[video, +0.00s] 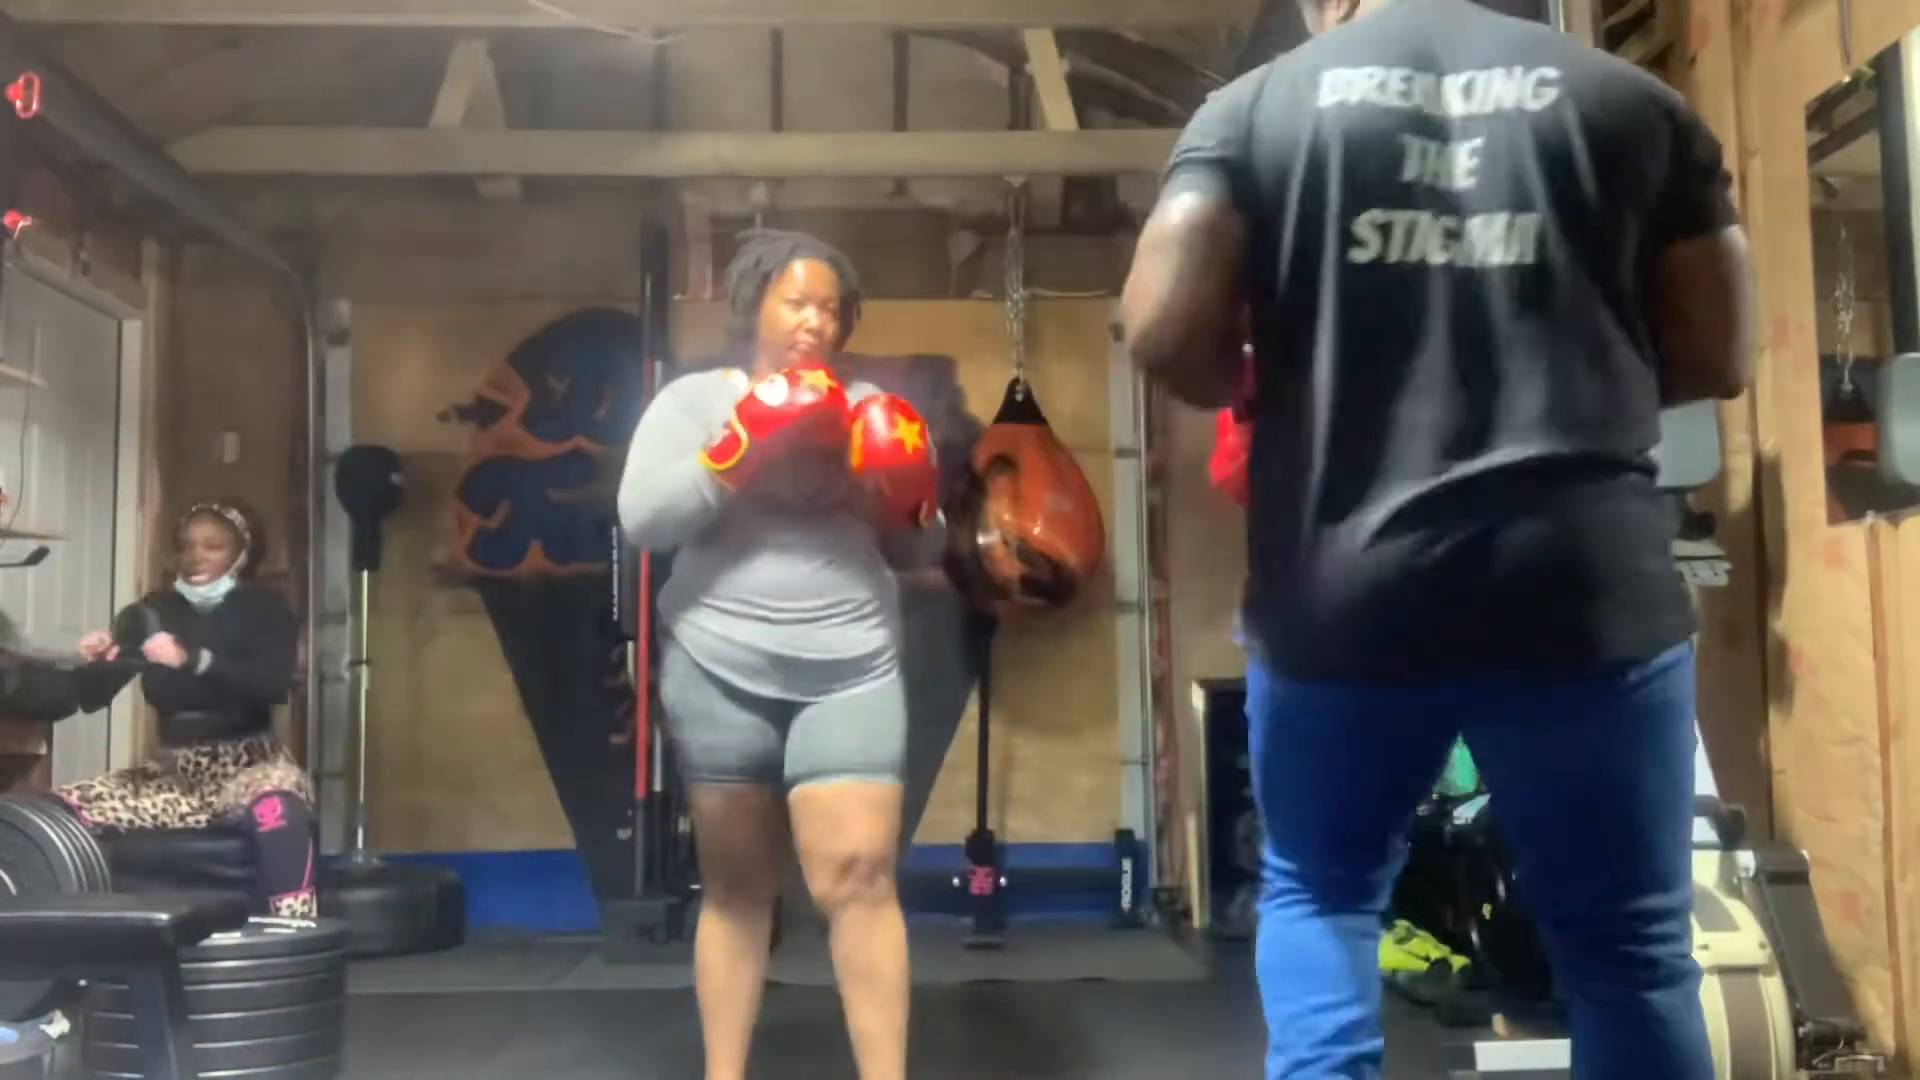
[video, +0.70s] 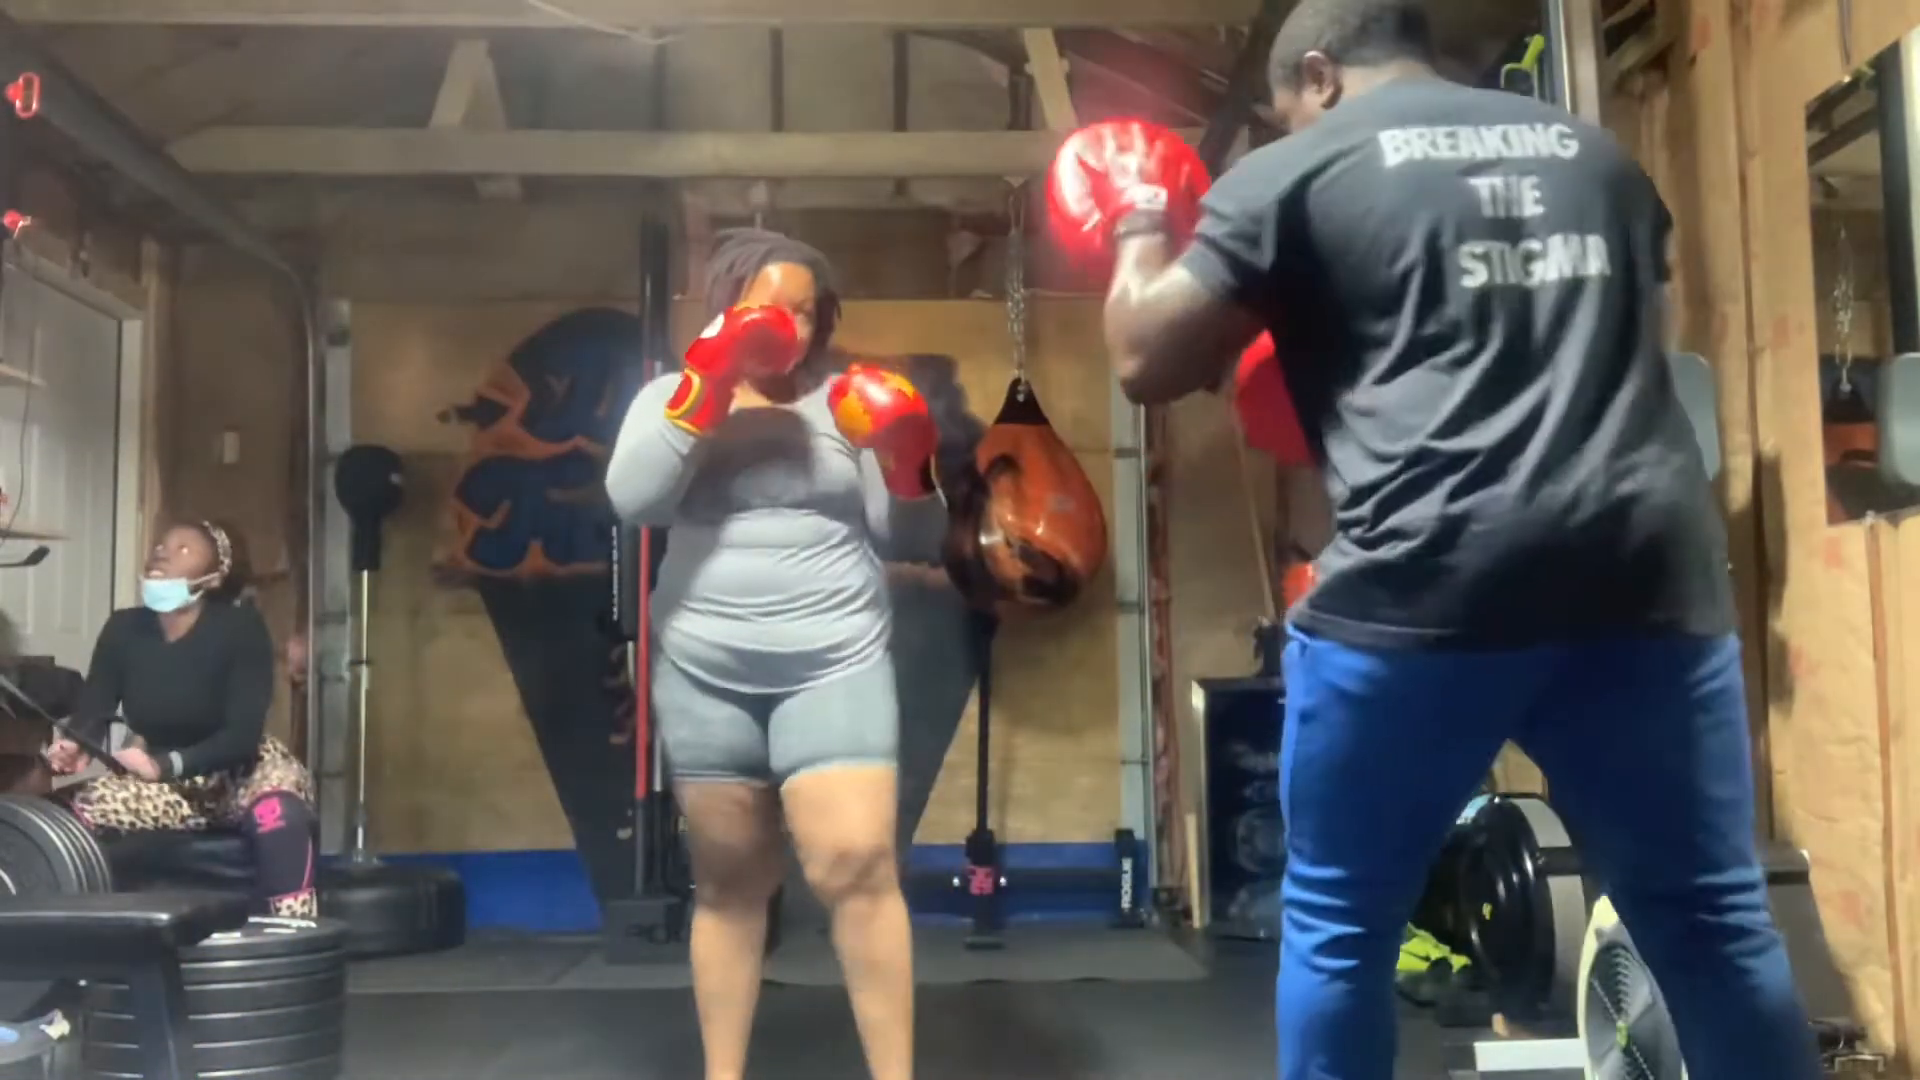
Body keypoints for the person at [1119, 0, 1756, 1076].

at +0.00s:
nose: (1301, 25)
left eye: (1303, 19)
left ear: (1335, 4)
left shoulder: (1253, 106)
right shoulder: (1634, 101)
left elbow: (1162, 330)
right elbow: (1715, 353)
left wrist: (1259, 372)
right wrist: (1554, 366)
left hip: (1346, 596)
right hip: (1589, 589)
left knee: (1320, 895)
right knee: (1632, 954)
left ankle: (1325, 1073)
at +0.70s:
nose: (1287, 125)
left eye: (1283, 111)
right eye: (1282, 112)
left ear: (1318, 81)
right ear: (1428, 55)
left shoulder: (1292, 173)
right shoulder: (1597, 151)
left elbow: (1146, 362)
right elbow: (1647, 335)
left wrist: (1138, 235)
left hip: (1423, 575)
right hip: (1652, 561)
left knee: (1337, 925)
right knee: (1715, 914)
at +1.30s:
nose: (1345, 142)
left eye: (1346, 128)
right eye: (1349, 130)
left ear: (1377, 109)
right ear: (1494, 96)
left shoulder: (1324, 193)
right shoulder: (1646, 194)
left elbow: (1137, 329)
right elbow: (1695, 399)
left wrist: (1174, 277)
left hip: (1444, 585)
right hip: (1674, 579)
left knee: (1310, 867)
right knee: (1749, 927)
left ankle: (1326, 1071)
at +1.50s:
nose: (1341, 207)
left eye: (1341, 190)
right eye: (1341, 193)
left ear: (1366, 178)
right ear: (1489, 171)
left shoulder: (1317, 267)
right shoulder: (1611, 272)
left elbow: (1178, 423)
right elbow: (1641, 399)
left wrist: (1287, 408)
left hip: (1413, 668)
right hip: (1638, 661)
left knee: (1292, 906)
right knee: (1716, 973)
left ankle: (1246, 1069)